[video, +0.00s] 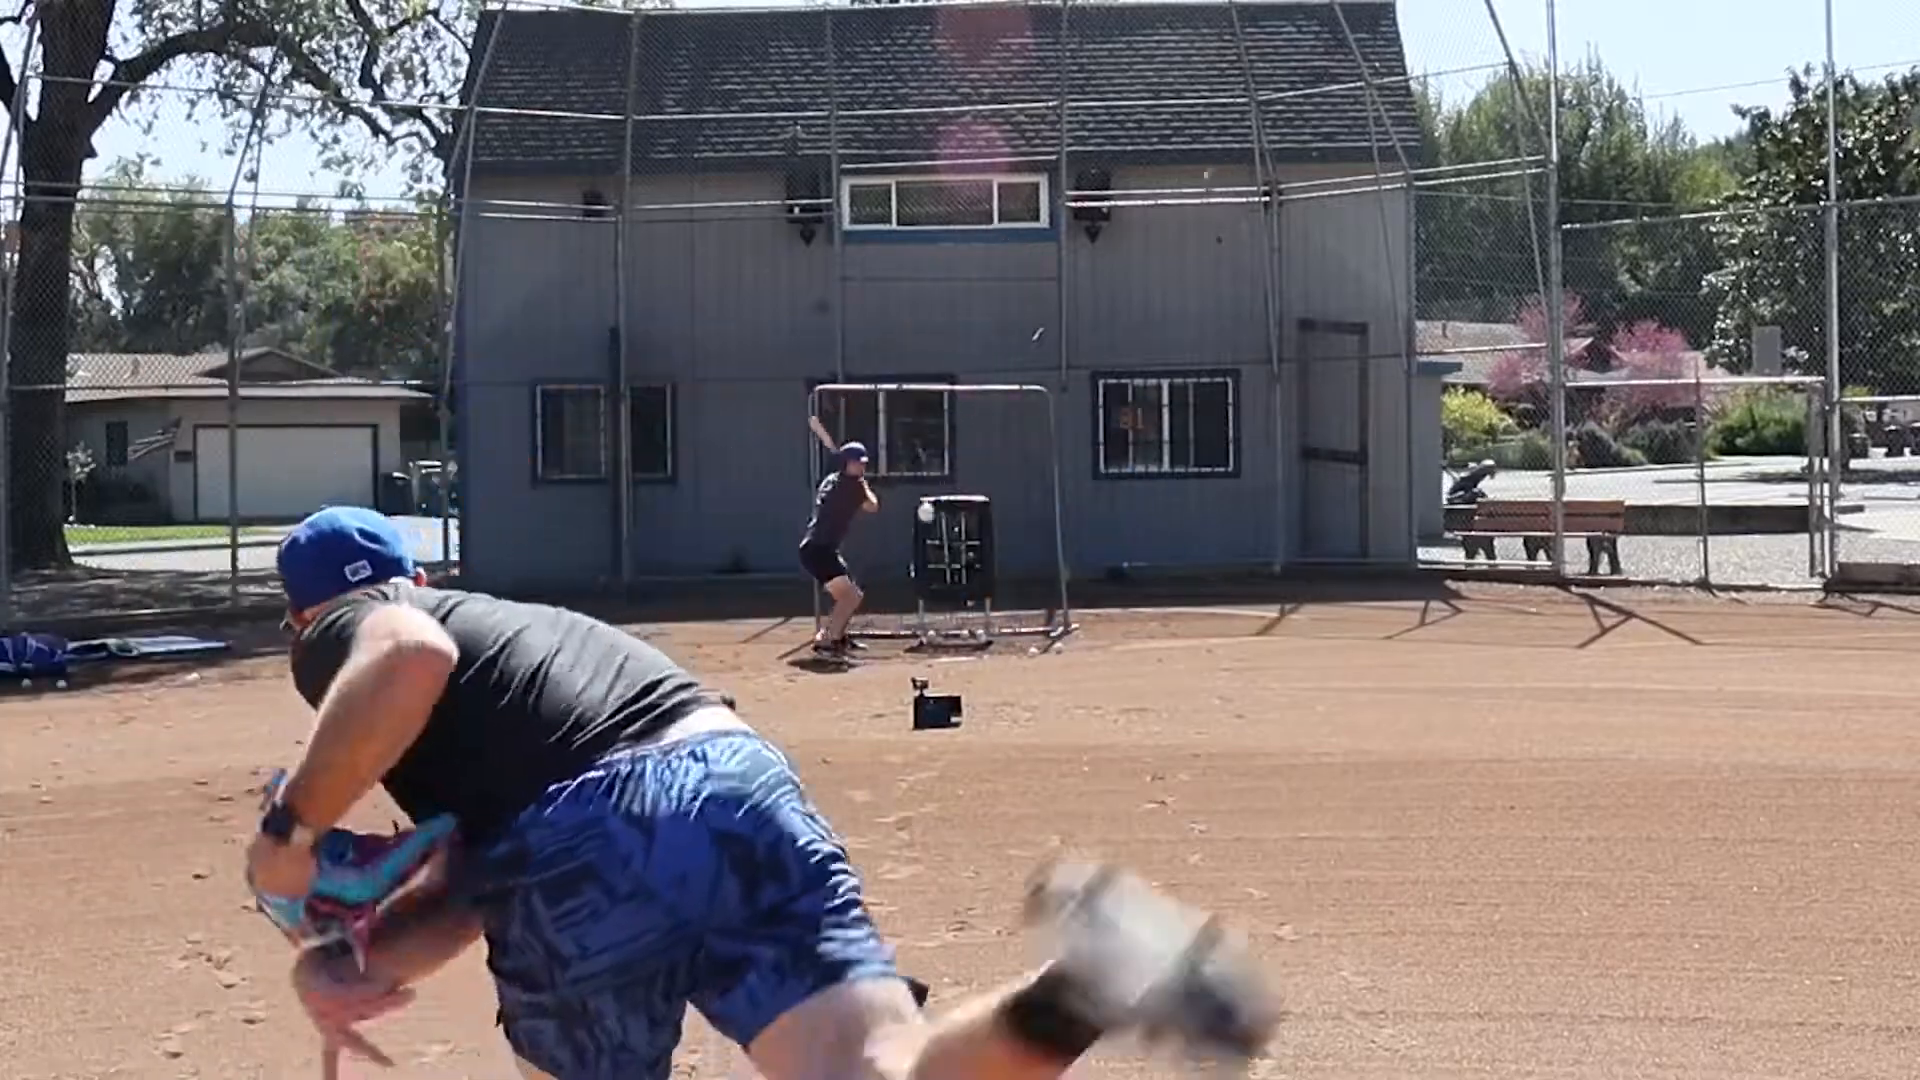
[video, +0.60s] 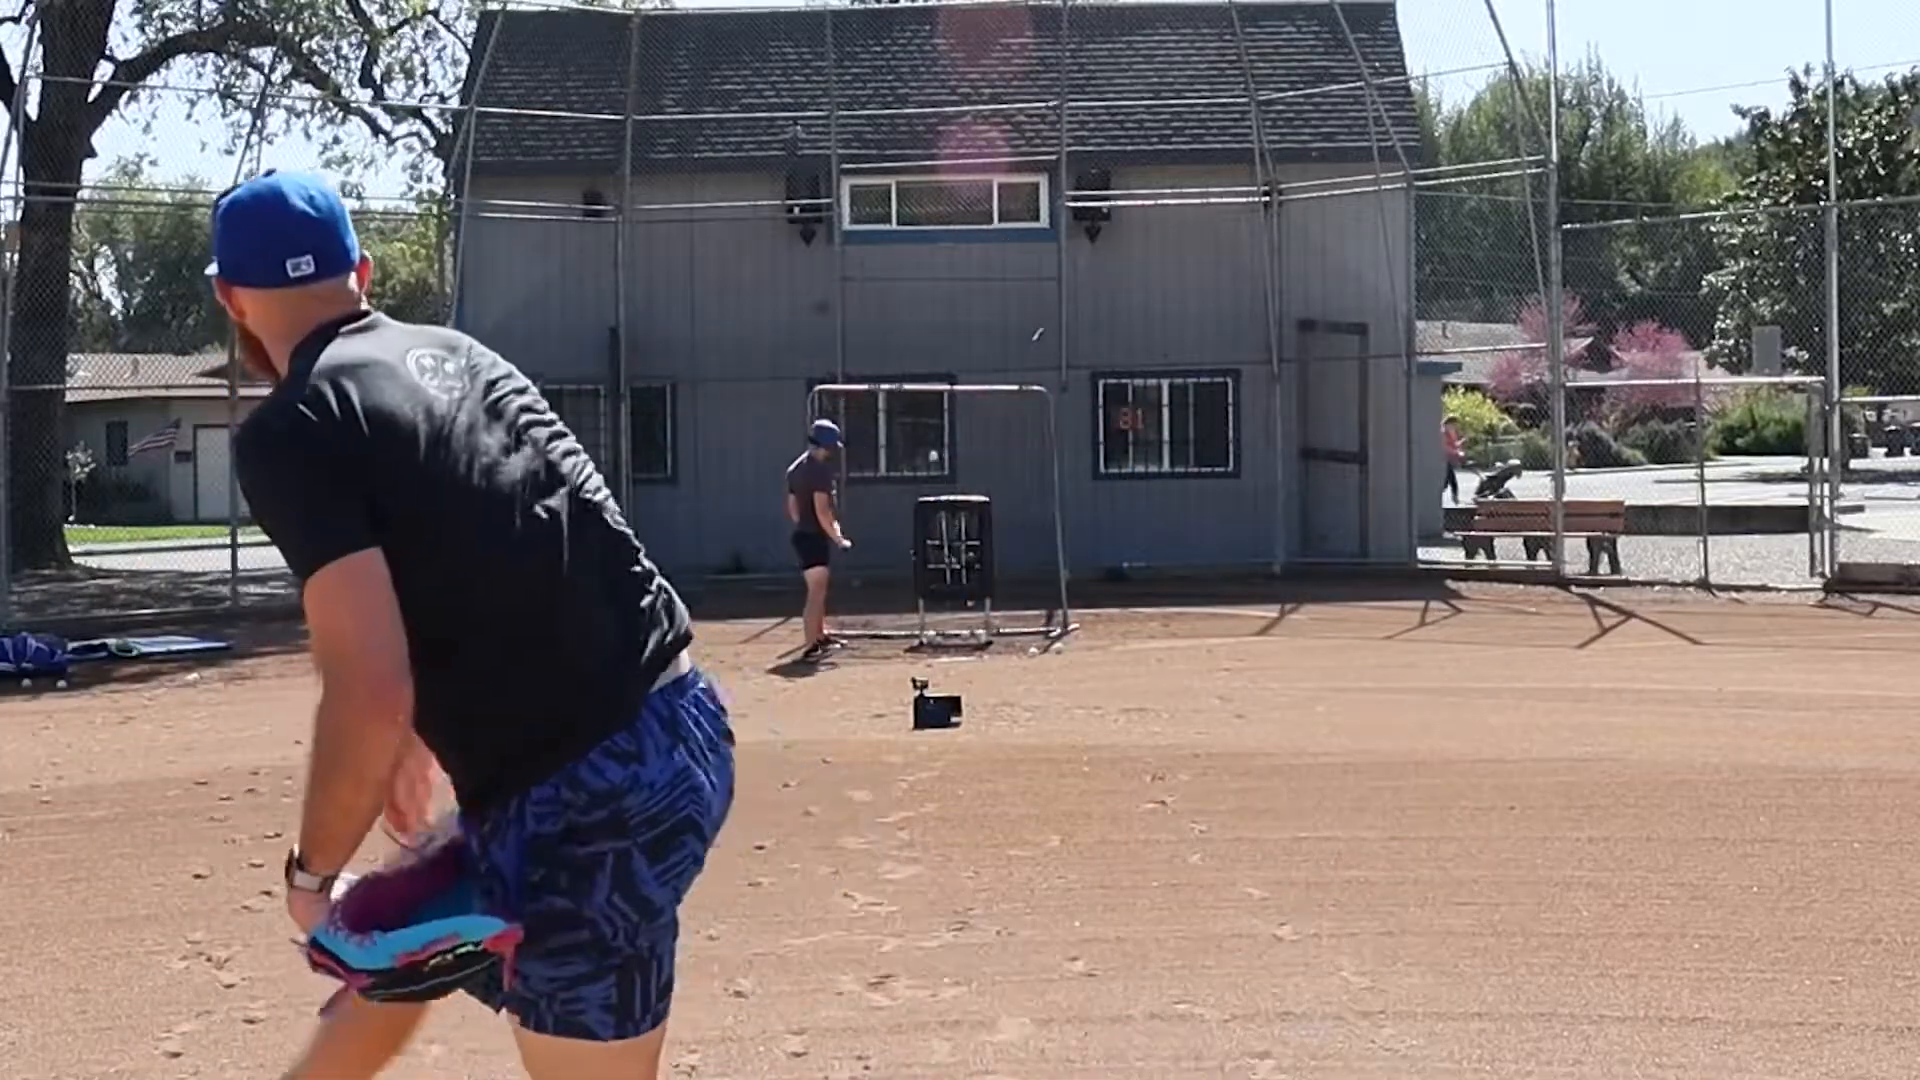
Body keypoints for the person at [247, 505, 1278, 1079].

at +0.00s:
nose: (297, 648)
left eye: (293, 624)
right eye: (307, 629)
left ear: (307, 612)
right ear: (411, 573)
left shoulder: (371, 614)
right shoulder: (508, 653)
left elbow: (405, 656)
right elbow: (471, 879)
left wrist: (297, 824)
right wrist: (349, 968)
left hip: (588, 814)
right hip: (739, 760)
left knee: (601, 1061)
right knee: (876, 1062)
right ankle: (1078, 994)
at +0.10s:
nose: (297, 605)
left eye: (293, 582)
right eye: (299, 592)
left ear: (317, 554)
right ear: (402, 513)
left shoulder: (372, 565)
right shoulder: (493, 595)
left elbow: (389, 611)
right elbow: (489, 869)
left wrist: (283, 792)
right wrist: (419, 1046)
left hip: (574, 810)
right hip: (720, 737)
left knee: (577, 1069)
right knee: (1011, 1039)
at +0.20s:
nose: (253, 514)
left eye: (251, 493)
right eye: (264, 496)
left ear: (273, 484)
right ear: (370, 461)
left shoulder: (296, 543)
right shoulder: (449, 524)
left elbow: (322, 657)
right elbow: (492, 723)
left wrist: (272, 866)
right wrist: (394, 881)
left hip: (574, 817)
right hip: (712, 721)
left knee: (576, 1068)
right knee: (1007, 991)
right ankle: (1329, 886)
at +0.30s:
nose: (231, 447)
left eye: (228, 430)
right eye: (246, 421)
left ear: (242, 434)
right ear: (354, 402)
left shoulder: (260, 515)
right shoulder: (444, 461)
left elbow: (317, 694)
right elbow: (517, 662)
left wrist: (292, 909)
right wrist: (469, 878)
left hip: (583, 822)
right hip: (718, 710)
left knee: (596, 1065)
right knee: (926, 944)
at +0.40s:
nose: (225, 381)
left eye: (218, 365)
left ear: (225, 374)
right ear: (352, 343)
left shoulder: (263, 482)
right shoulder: (447, 405)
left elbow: (349, 701)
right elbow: (532, 601)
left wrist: (345, 916)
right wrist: (506, 876)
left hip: (588, 806)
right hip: (725, 716)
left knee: (591, 1062)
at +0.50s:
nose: (231, 343)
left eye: (225, 325)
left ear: (232, 330)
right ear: (359, 299)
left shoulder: (283, 442)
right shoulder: (452, 368)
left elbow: (370, 700)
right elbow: (547, 592)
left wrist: (335, 895)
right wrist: (506, 844)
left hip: (612, 788)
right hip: (709, 723)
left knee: (587, 1056)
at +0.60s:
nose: (229, 312)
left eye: (225, 293)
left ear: (233, 299)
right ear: (363, 273)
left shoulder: (294, 423)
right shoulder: (453, 352)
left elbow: (371, 688)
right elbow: (482, 560)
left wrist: (313, 873)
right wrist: (418, 731)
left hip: (590, 790)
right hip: (677, 716)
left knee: (590, 1058)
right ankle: (313, 1072)